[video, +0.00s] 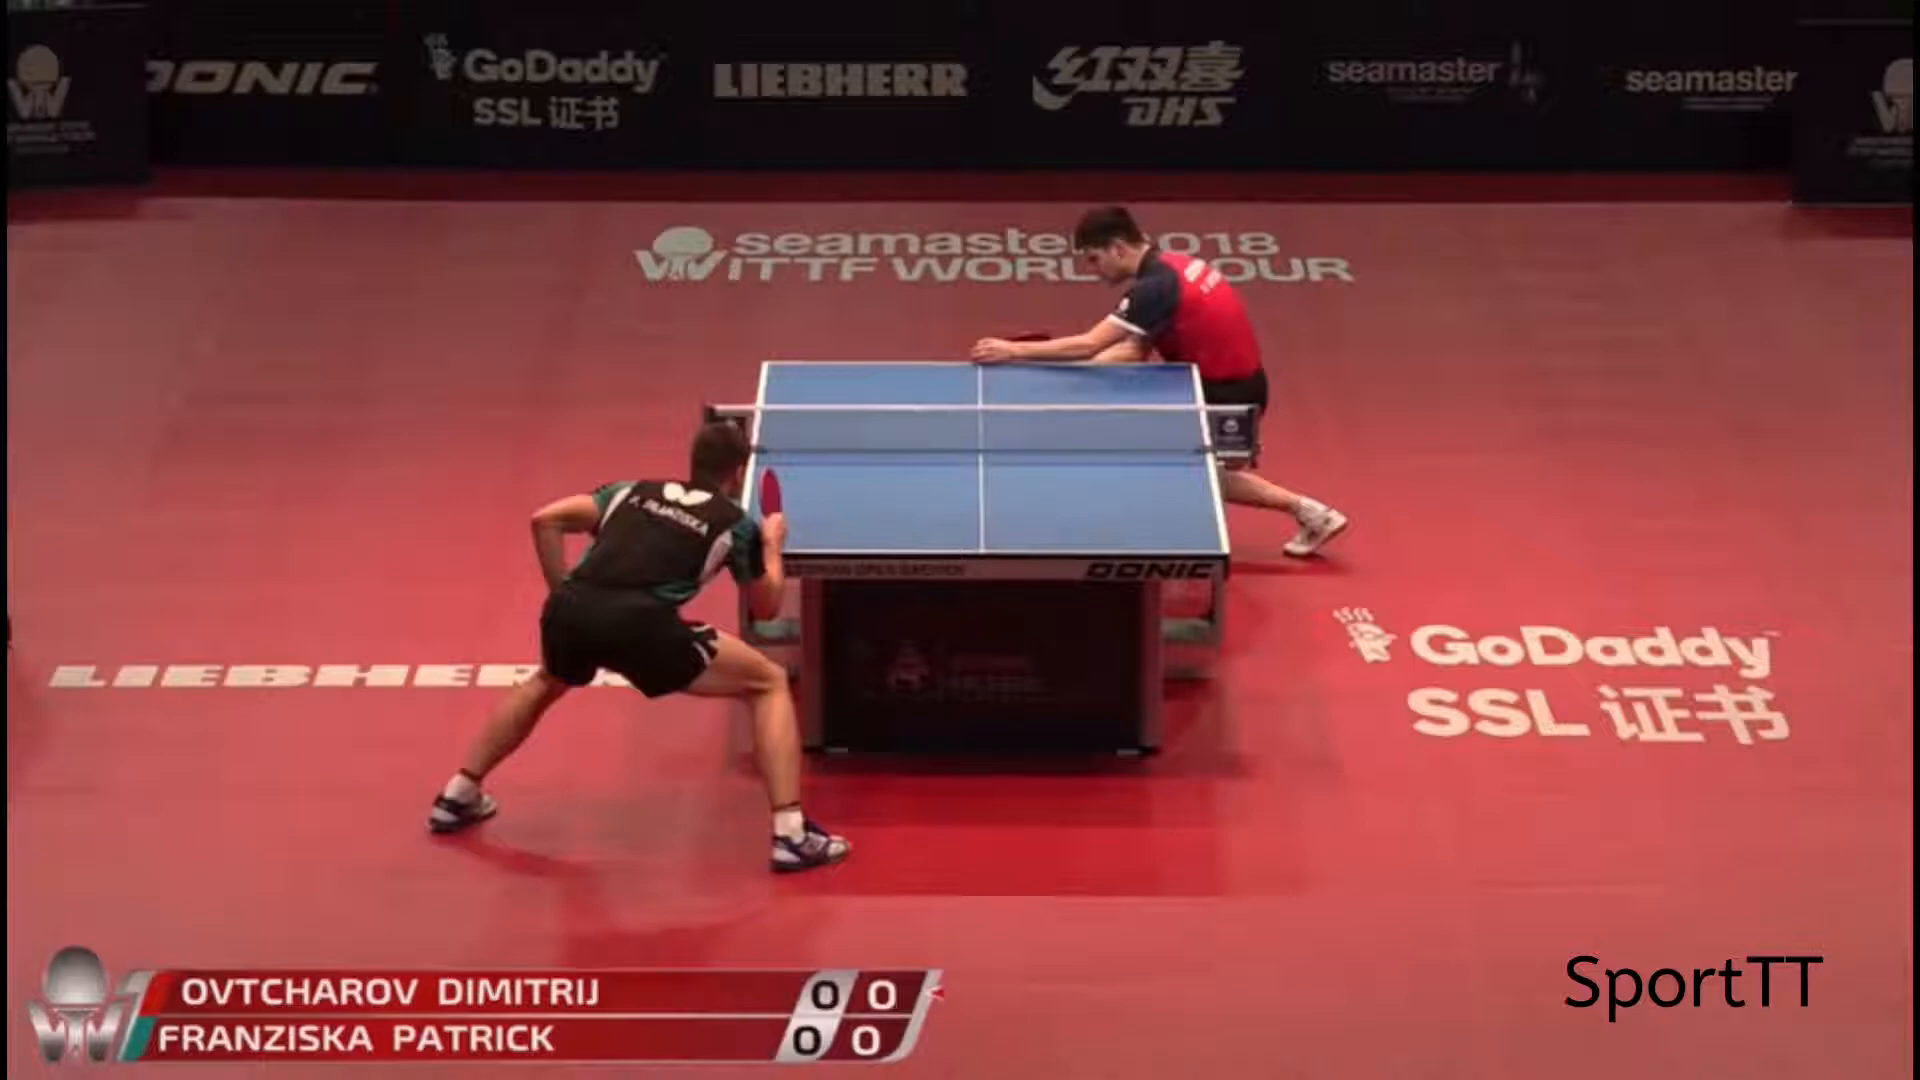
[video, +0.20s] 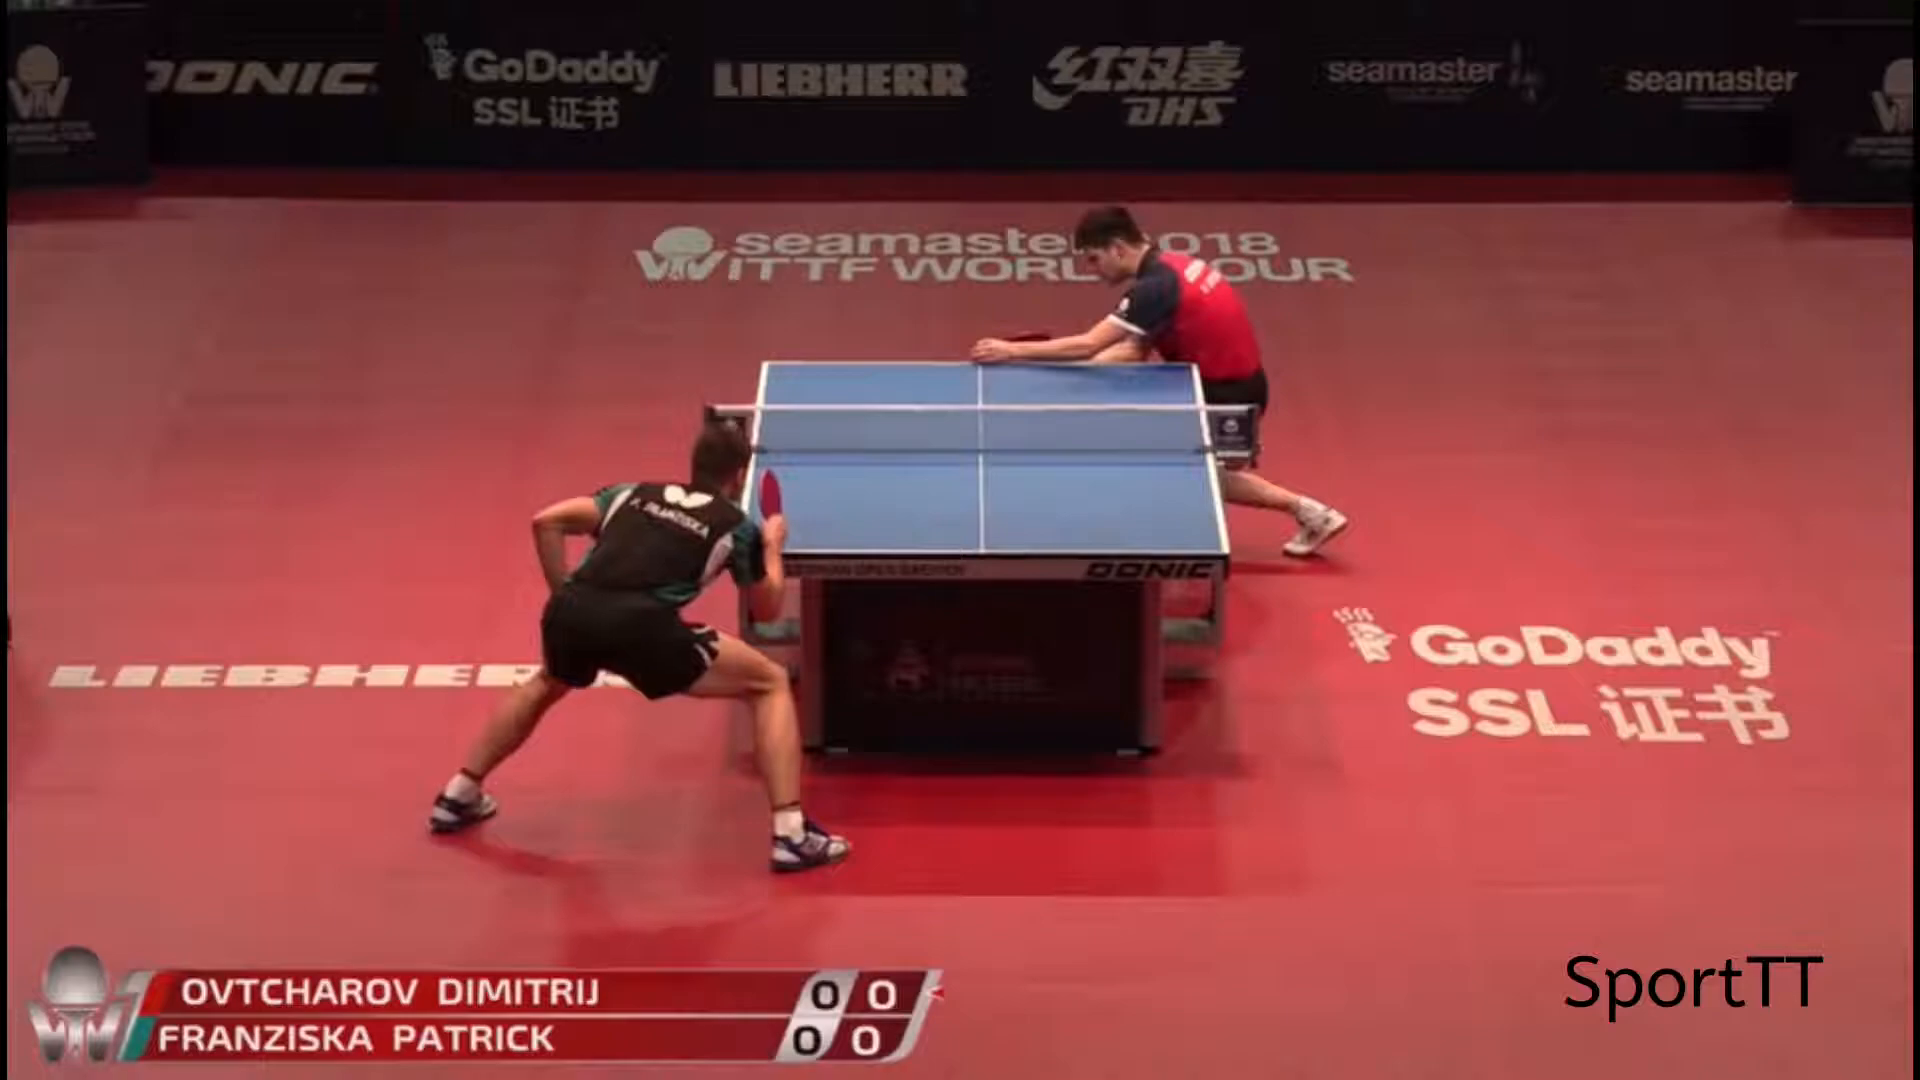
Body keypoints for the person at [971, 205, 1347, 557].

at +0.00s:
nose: (1093, 271)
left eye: (1093, 259)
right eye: (1089, 261)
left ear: (1118, 248)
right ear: (1127, 243)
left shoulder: (1157, 282)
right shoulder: (1168, 266)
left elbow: (1088, 345)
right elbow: (1136, 350)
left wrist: (1014, 351)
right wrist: (1075, 372)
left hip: (1231, 388)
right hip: (1218, 380)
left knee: (1215, 478)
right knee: (1209, 469)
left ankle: (1310, 512)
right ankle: (1308, 512)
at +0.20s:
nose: (1093, 270)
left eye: (1093, 259)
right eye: (1089, 261)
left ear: (1118, 248)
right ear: (1127, 243)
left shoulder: (1157, 282)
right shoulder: (1168, 266)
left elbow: (1087, 345)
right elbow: (1135, 350)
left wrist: (1012, 351)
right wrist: (1074, 372)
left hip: (1231, 389)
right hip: (1218, 381)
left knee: (1216, 478)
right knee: (1210, 469)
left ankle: (1310, 512)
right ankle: (1308, 512)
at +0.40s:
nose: (1093, 271)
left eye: (1094, 260)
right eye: (1089, 262)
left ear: (1119, 248)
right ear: (1127, 245)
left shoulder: (1158, 283)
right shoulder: (1167, 268)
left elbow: (1088, 345)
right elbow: (1135, 350)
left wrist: (1012, 350)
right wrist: (1078, 374)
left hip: (1231, 391)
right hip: (1211, 382)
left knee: (1213, 478)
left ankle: (1309, 512)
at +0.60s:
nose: (1094, 271)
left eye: (1095, 260)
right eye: (1090, 262)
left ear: (1120, 248)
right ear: (1129, 245)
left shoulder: (1158, 284)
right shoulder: (1167, 270)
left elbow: (1087, 346)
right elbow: (1135, 349)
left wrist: (1012, 351)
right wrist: (1077, 371)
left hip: (1231, 392)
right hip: (1213, 383)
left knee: (1211, 479)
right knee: (1207, 470)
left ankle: (1309, 512)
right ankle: (1306, 512)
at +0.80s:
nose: (1098, 267)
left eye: (1102, 255)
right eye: (1095, 257)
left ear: (1131, 247)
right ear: (1137, 247)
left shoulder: (1162, 287)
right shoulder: (1176, 273)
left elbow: (1084, 340)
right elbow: (1133, 347)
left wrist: (1008, 336)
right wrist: (1069, 364)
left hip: (1229, 400)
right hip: (1231, 390)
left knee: (1205, 480)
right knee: (1205, 473)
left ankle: (1305, 511)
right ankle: (1304, 512)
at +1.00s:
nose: (1106, 257)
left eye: (1110, 247)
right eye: (1104, 248)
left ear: (1139, 243)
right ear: (1144, 243)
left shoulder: (1165, 287)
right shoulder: (1181, 272)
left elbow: (1080, 331)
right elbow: (1125, 348)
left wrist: (1006, 325)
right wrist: (1058, 348)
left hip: (1230, 400)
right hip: (1231, 391)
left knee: (1208, 480)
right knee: (1205, 474)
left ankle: (1306, 511)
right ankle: (1304, 511)